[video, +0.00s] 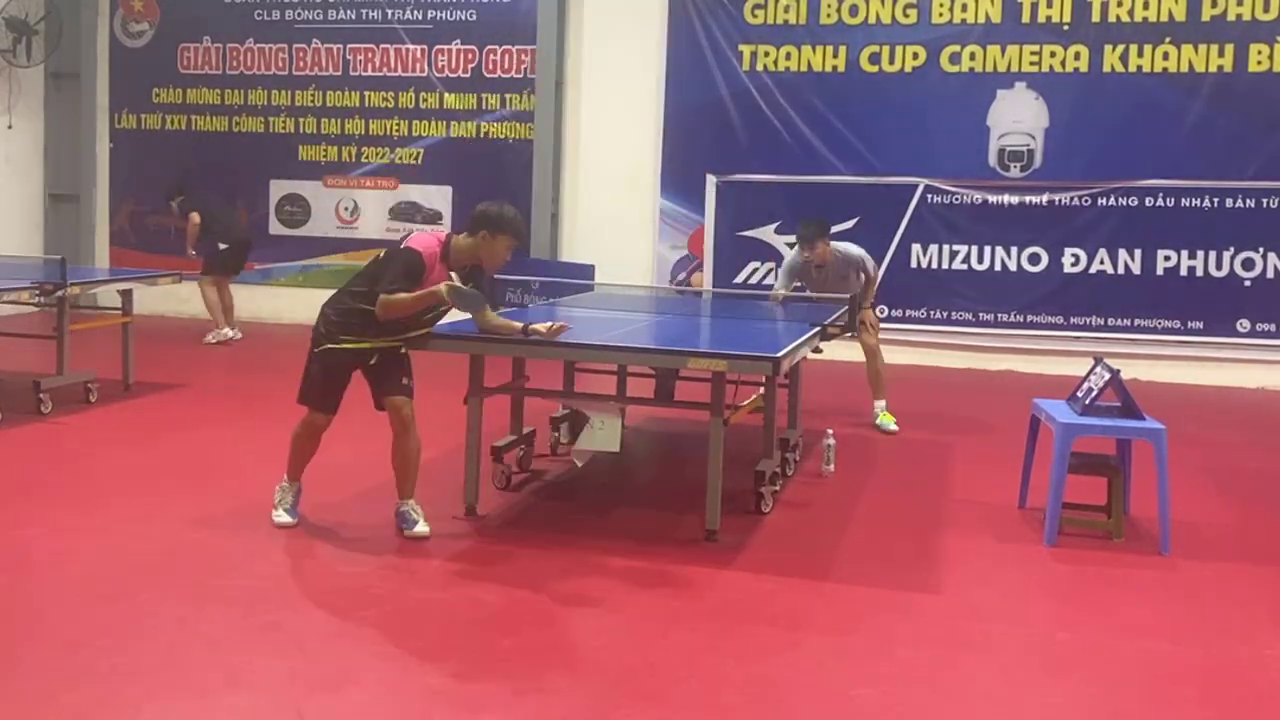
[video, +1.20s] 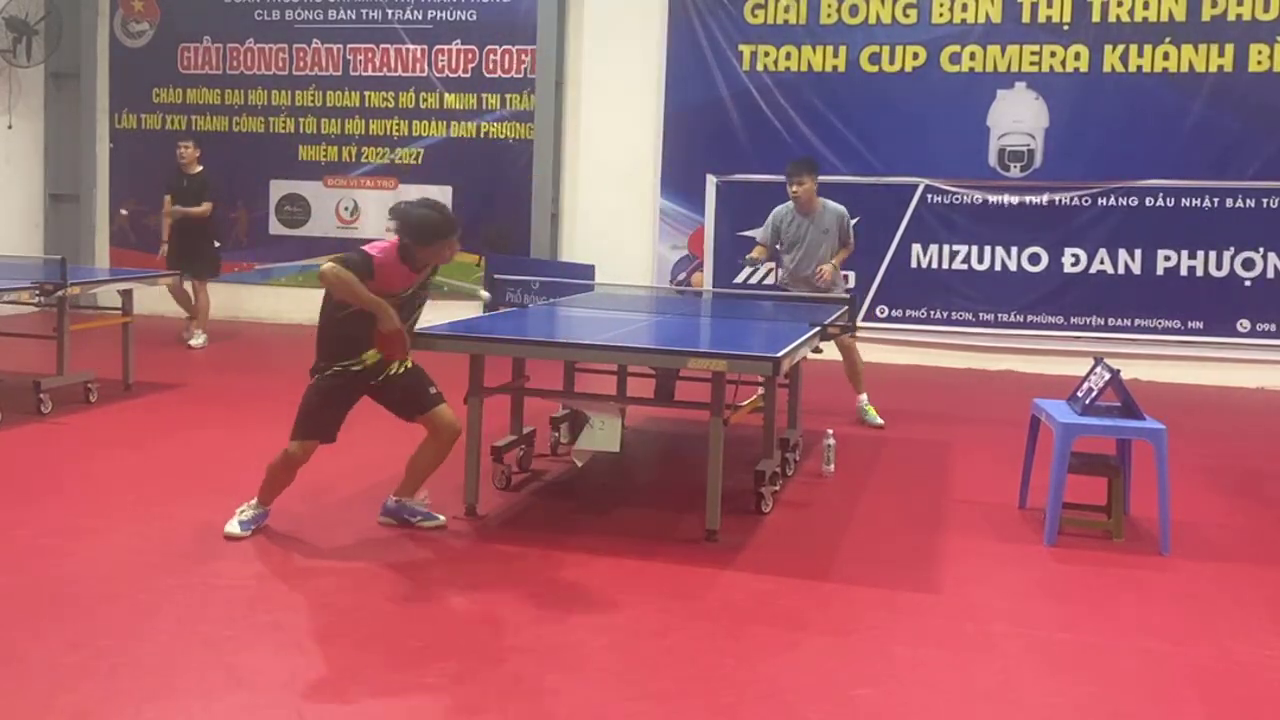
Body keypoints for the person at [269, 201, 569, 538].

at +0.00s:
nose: (509, 258)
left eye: (513, 250)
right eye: (508, 248)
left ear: (488, 241)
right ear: (483, 237)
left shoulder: (470, 269)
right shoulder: (417, 250)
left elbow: (486, 321)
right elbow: (384, 309)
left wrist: (530, 330)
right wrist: (438, 294)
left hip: (390, 340)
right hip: (341, 331)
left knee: (403, 414)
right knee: (318, 419)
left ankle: (407, 505)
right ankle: (289, 487)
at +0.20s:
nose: (503, 228)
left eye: (505, 221)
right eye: (498, 219)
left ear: (482, 219)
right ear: (471, 213)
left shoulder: (478, 256)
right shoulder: (409, 239)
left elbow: (503, 301)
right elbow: (372, 295)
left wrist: (554, 319)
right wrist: (402, 287)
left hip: (394, 336)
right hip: (347, 325)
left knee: (408, 416)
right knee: (301, 408)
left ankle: (407, 505)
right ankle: (270, 479)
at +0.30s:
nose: (493, 208)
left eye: (494, 200)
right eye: (488, 199)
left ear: (467, 203)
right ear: (458, 201)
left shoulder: (477, 243)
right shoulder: (403, 235)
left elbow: (525, 271)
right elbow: (373, 290)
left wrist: (578, 279)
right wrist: (402, 293)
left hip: (397, 339)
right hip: (348, 329)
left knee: (409, 418)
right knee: (296, 408)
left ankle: (407, 508)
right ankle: (254, 490)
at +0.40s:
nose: (480, 198)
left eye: (479, 190)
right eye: (472, 189)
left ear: (455, 196)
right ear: (442, 196)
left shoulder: (466, 230)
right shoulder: (393, 234)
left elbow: (525, 231)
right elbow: (372, 294)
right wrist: (408, 294)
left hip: (394, 333)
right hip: (349, 327)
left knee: (411, 422)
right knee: (295, 410)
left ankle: (407, 508)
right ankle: (247, 495)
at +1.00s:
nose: (416, 197)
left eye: (412, 191)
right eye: (408, 194)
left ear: (398, 205)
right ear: (385, 209)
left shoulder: (415, 225)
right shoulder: (354, 242)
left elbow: (462, 207)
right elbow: (341, 309)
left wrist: (511, 192)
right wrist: (373, 269)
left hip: (380, 339)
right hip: (330, 342)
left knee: (437, 393)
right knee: (282, 431)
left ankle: (391, 455)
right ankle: (255, 505)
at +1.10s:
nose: (426, 229)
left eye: (423, 222)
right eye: (419, 225)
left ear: (411, 228)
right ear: (395, 234)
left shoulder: (417, 241)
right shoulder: (359, 255)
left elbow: (446, 222)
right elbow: (318, 300)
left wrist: (479, 205)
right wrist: (364, 272)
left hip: (384, 350)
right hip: (332, 357)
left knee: (438, 416)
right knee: (288, 442)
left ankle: (393, 482)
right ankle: (256, 506)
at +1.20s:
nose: (454, 250)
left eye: (453, 243)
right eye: (447, 245)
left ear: (425, 246)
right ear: (421, 247)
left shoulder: (428, 259)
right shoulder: (379, 257)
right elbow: (329, 272)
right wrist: (382, 309)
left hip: (389, 361)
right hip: (340, 369)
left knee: (447, 427)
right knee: (297, 453)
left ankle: (400, 502)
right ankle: (258, 507)